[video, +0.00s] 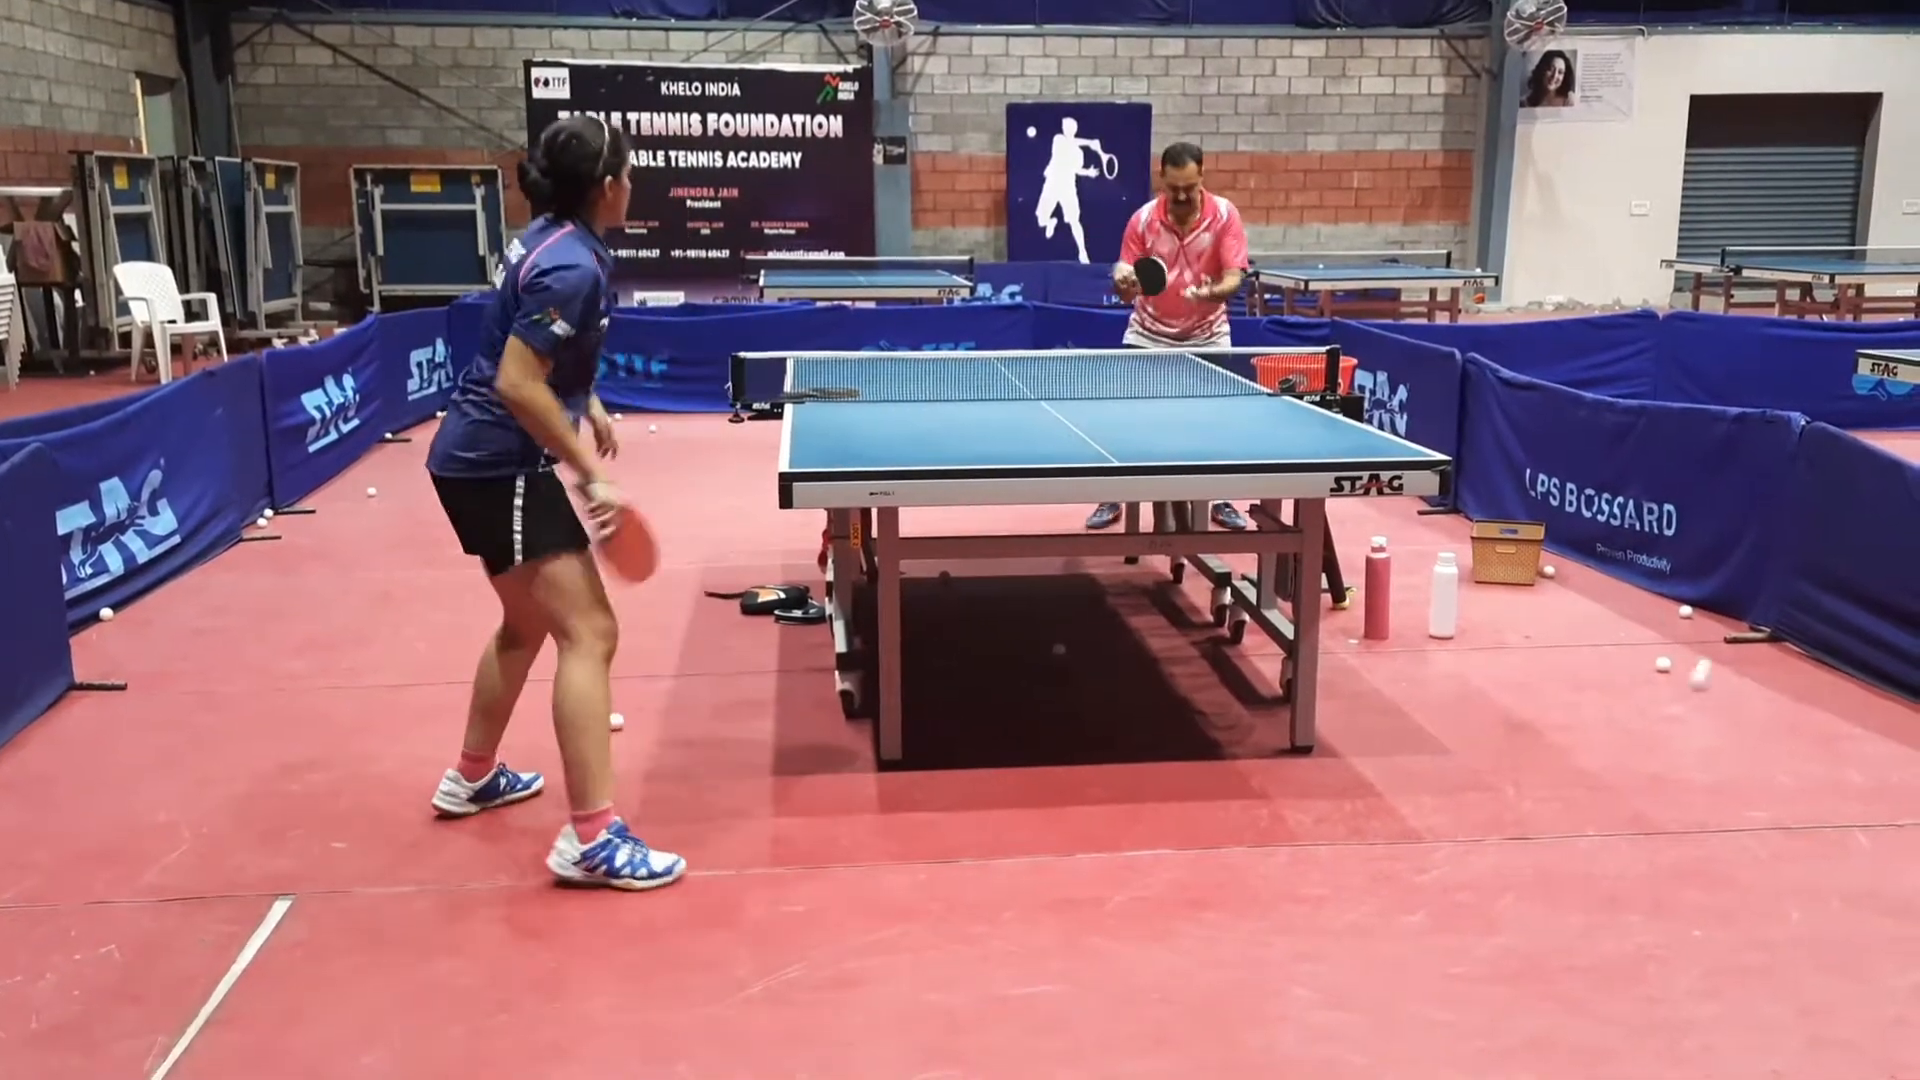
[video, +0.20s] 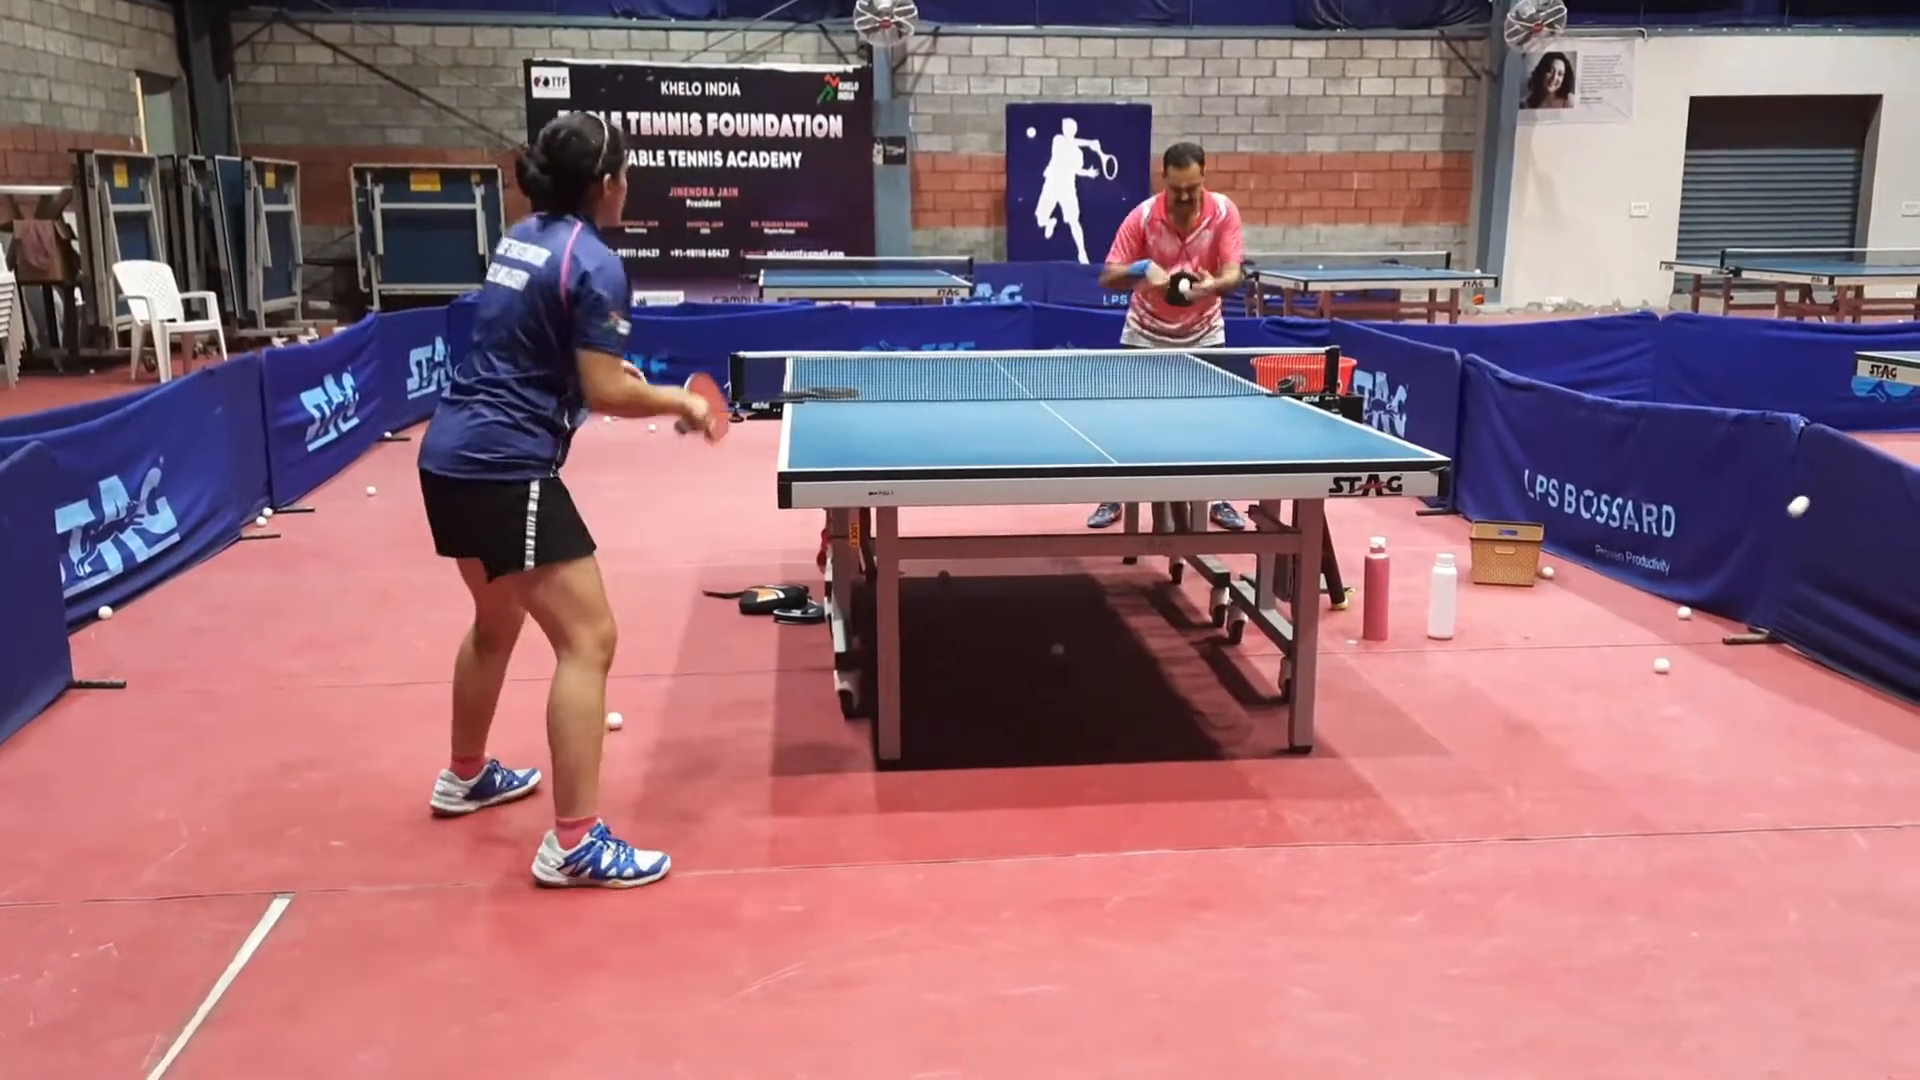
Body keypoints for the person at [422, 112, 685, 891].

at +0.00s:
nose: (631, 185)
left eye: (626, 173)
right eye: (626, 174)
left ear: (562, 183)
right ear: (605, 185)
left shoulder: (550, 241)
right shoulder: (571, 267)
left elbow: (549, 350)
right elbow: (518, 383)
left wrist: (584, 408)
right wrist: (592, 473)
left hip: (480, 459)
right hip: (505, 465)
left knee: (524, 625)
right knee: (590, 632)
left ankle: (472, 774)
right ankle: (594, 834)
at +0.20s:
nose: (623, 185)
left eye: (621, 173)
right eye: (620, 175)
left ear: (542, 181)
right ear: (603, 185)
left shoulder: (517, 239)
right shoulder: (595, 263)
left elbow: (552, 366)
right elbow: (605, 390)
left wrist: (648, 394)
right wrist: (682, 401)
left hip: (450, 460)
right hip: (509, 469)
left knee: (496, 623)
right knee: (588, 639)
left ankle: (466, 772)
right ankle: (575, 838)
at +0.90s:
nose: (591, 281)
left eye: (593, 267)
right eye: (583, 268)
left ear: (549, 265)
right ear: (535, 263)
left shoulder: (557, 321)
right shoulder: (466, 330)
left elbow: (556, 386)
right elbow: (435, 440)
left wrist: (602, 451)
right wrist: (495, 460)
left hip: (469, 503)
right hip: (439, 508)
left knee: (482, 637)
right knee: (575, 640)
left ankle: (374, 742)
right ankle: (574, 834)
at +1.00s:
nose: (557, 247)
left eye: (561, 234)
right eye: (546, 235)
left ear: (509, 229)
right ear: (499, 226)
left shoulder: (477, 272)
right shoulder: (475, 289)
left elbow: (531, 360)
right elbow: (547, 380)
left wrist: (609, 337)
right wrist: (617, 312)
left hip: (405, 479)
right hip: (435, 481)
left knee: (450, 619)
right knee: (547, 634)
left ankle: (371, 744)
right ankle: (573, 829)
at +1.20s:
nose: (525, 242)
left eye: (525, 230)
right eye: (522, 232)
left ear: (454, 229)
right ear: (495, 233)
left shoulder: (401, 277)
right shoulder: (509, 298)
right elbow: (603, 343)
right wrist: (575, 254)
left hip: (358, 503)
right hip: (442, 506)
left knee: (402, 611)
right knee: (552, 657)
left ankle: (338, 753)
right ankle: (543, 834)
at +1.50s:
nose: (551, 230)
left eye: (550, 215)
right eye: (548, 216)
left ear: (479, 210)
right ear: (527, 220)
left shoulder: (439, 252)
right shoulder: (511, 302)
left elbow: (467, 358)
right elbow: (538, 426)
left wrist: (559, 356)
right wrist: (620, 408)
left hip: (330, 470)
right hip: (403, 481)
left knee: (377, 603)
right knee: (511, 648)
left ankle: (341, 747)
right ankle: (537, 849)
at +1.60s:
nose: (573, 239)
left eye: (573, 225)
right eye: (570, 226)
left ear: (510, 221)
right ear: (543, 230)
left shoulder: (475, 262)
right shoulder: (505, 308)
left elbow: (499, 374)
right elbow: (484, 439)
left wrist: (583, 407)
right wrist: (579, 463)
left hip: (336, 464)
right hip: (381, 479)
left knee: (392, 614)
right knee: (498, 651)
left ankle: (320, 760)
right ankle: (469, 861)